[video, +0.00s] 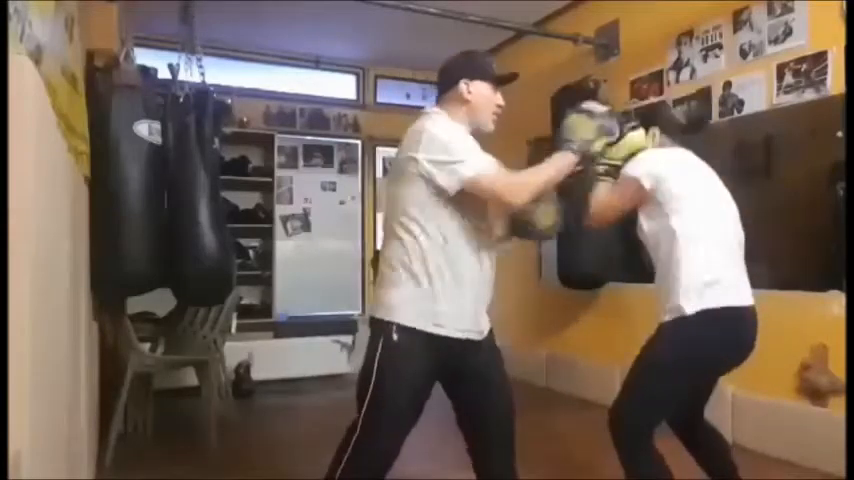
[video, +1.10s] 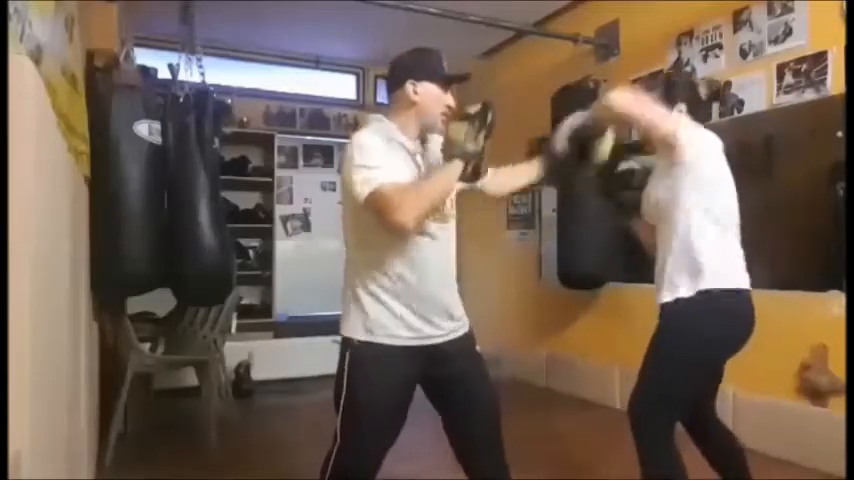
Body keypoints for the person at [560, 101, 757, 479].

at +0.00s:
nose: (619, 151)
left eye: (623, 142)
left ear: (641, 137)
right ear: (667, 136)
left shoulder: (650, 162)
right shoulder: (699, 169)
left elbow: (599, 214)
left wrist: (602, 169)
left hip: (695, 324)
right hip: (737, 322)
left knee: (627, 422)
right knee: (684, 415)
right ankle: (729, 473)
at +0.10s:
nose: (631, 134)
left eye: (635, 124)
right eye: (631, 126)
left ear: (657, 121)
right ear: (678, 120)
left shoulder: (672, 153)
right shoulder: (703, 154)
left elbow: (635, 228)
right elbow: (647, 233)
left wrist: (622, 168)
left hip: (697, 312)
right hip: (729, 307)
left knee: (640, 419)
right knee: (691, 413)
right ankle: (731, 473)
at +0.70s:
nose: (627, 127)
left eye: (635, 117)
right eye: (625, 119)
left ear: (665, 113)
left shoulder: (701, 156)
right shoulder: (648, 165)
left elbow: (665, 230)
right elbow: (611, 231)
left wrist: (647, 172)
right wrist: (605, 181)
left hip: (716, 313)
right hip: (672, 317)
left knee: (654, 418)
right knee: (699, 419)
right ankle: (730, 473)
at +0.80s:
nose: (631, 125)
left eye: (638, 115)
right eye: (628, 117)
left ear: (671, 111)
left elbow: (704, 219)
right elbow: (567, 169)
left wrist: (670, 159)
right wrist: (558, 126)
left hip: (716, 312)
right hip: (667, 317)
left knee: (656, 416)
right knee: (705, 420)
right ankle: (738, 475)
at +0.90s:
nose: (634, 124)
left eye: (640, 113)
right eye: (630, 116)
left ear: (669, 110)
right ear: (631, 121)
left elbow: (734, 179)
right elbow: (585, 172)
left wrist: (680, 139)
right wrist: (570, 146)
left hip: (713, 310)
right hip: (663, 315)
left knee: (656, 417)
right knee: (697, 419)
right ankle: (736, 473)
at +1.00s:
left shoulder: (708, 152)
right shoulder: (653, 175)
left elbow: (719, 117)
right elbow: (627, 221)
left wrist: (668, 111)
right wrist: (602, 188)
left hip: (707, 302)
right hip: (677, 307)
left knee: (652, 414)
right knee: (694, 414)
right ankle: (737, 473)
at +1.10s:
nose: (639, 120)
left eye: (645, 106)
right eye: (639, 106)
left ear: (673, 107)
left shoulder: (695, 139)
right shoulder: (666, 170)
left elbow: (620, 98)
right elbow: (665, 248)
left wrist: (587, 121)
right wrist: (626, 213)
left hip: (705, 305)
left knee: (648, 413)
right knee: (697, 413)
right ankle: (740, 474)